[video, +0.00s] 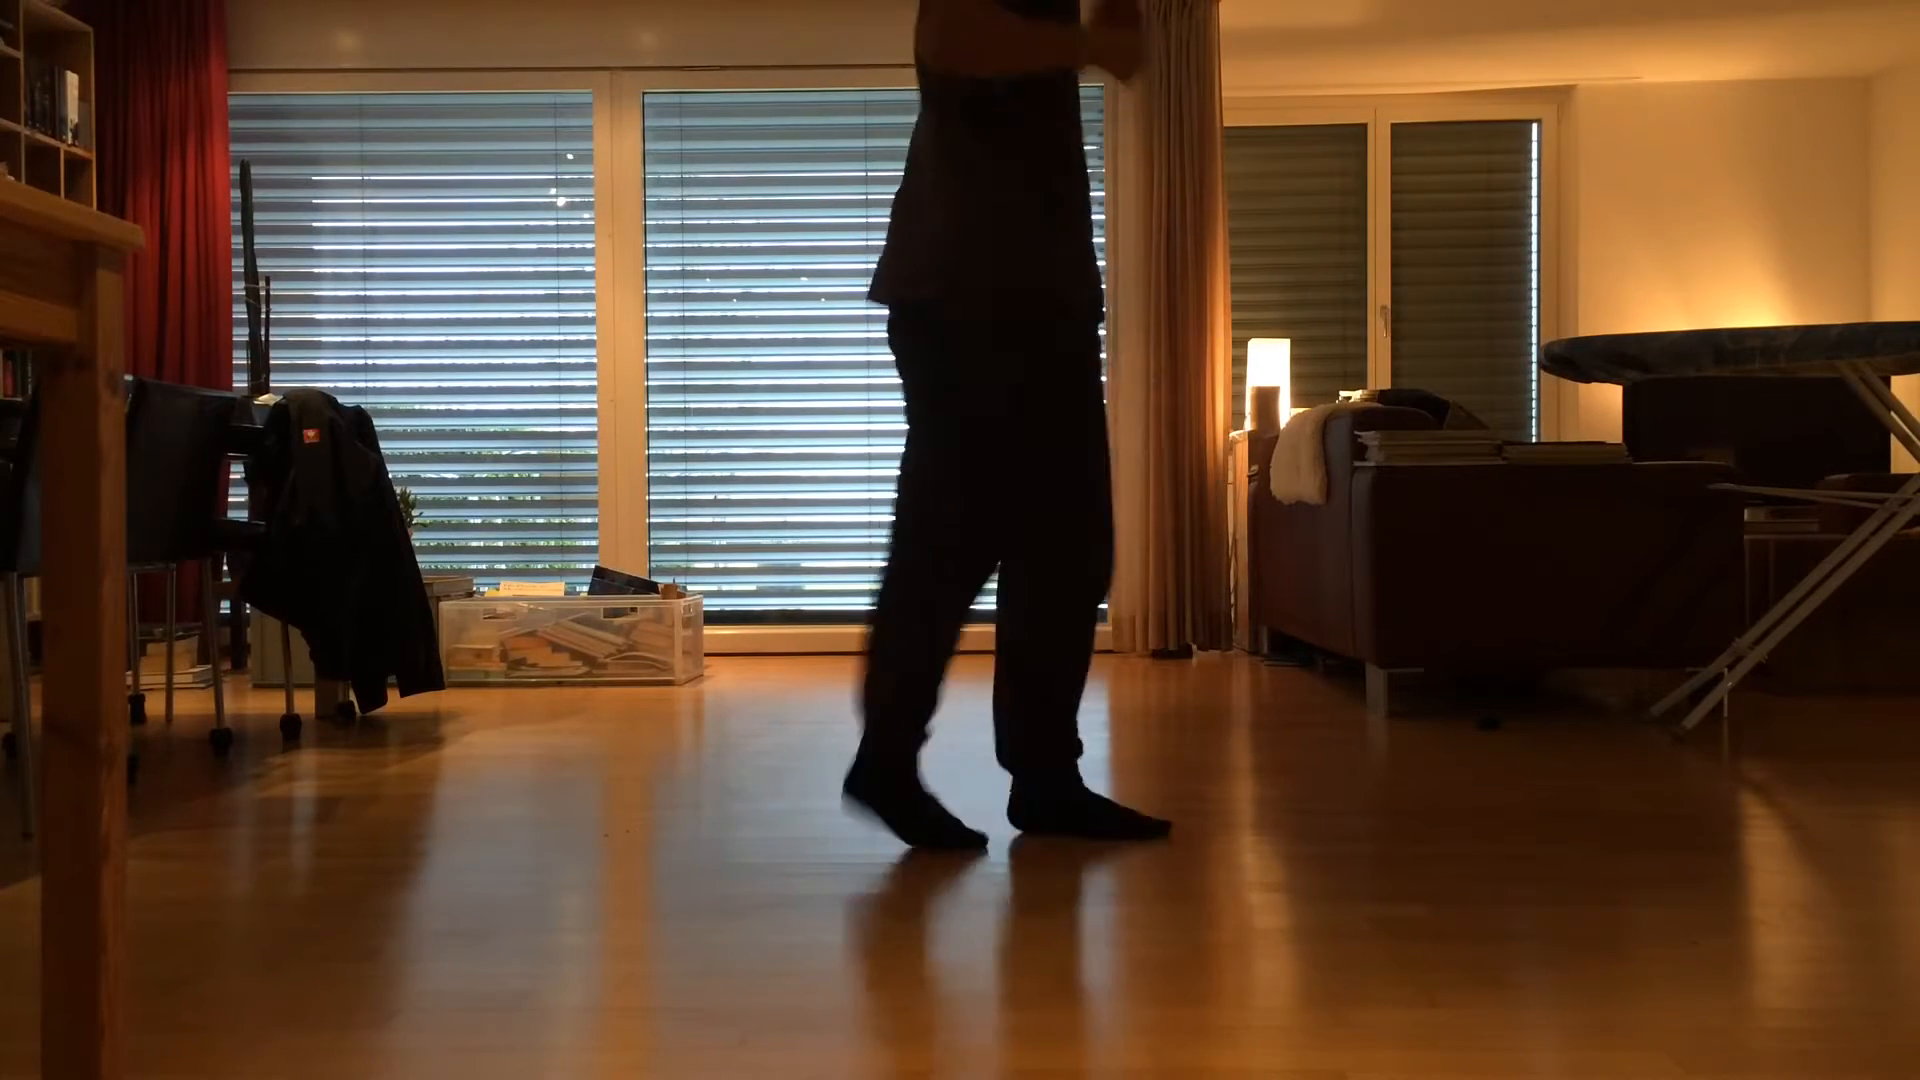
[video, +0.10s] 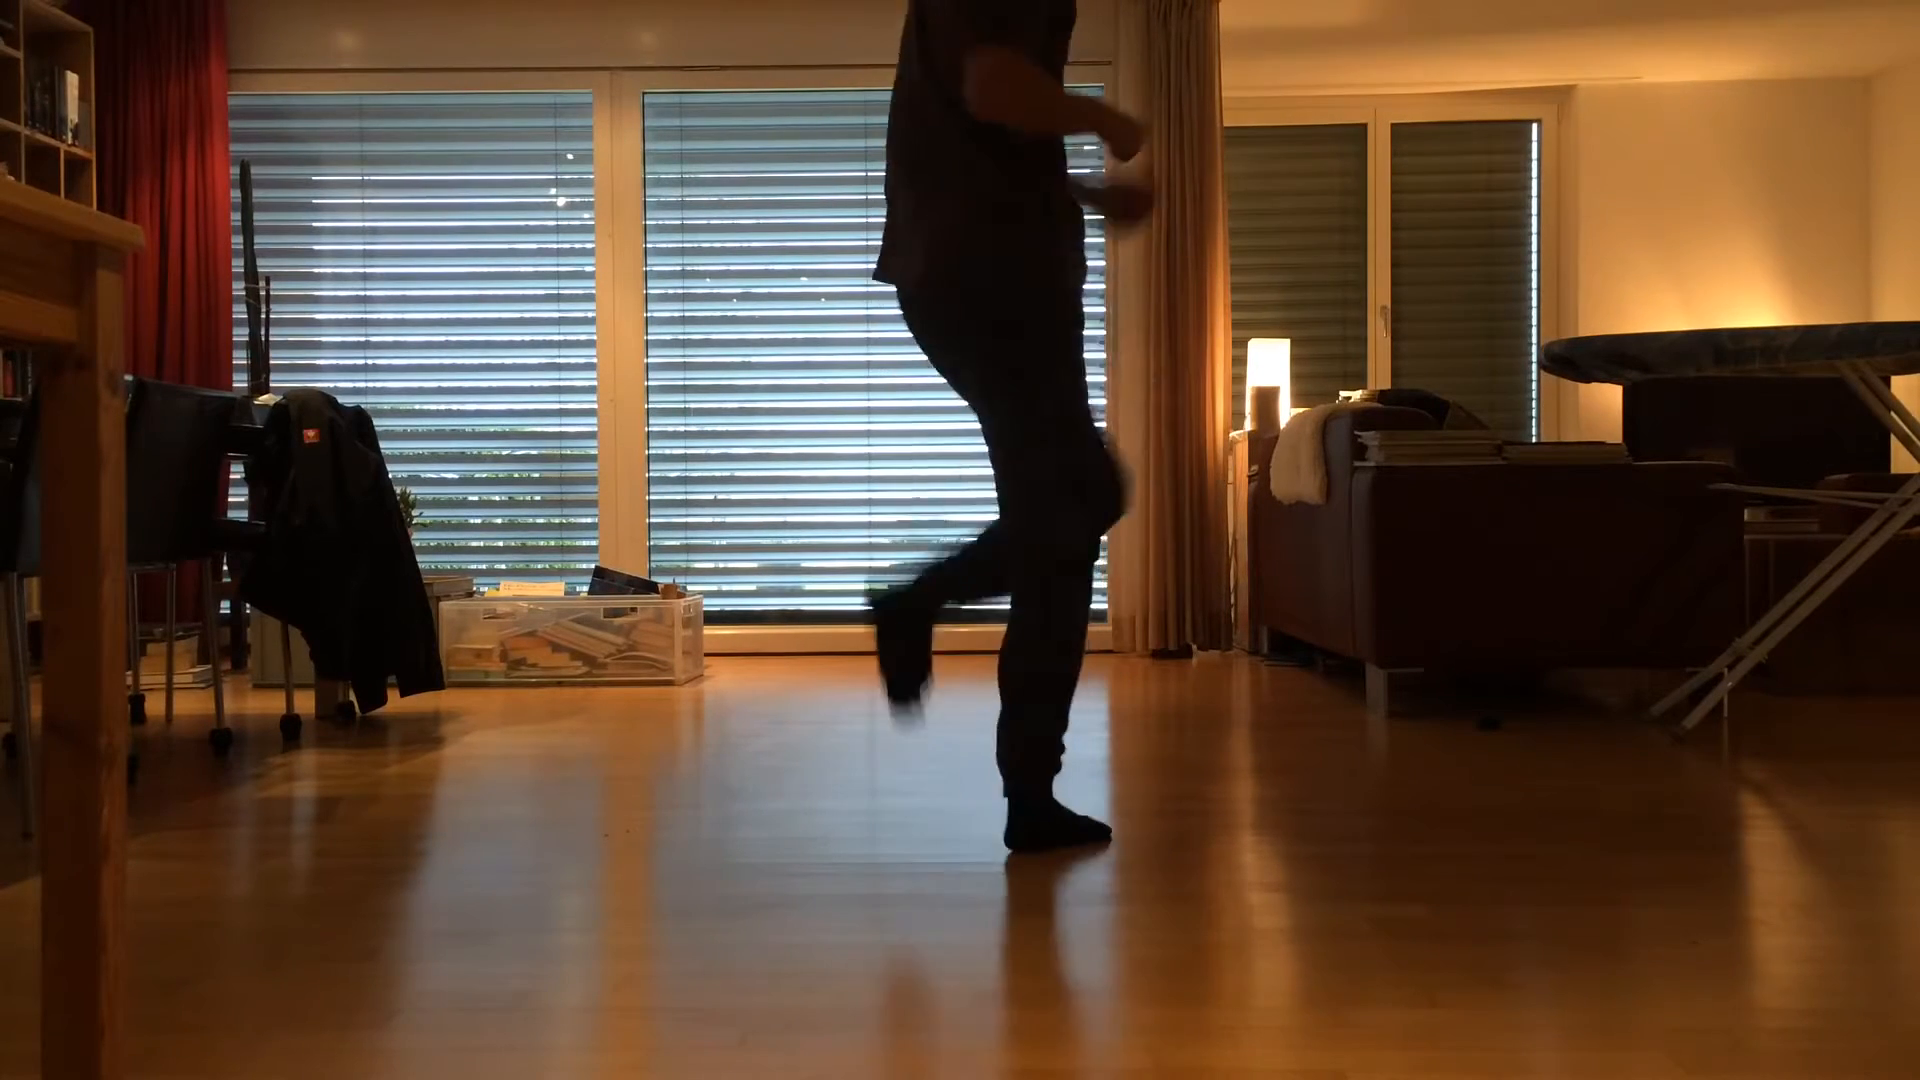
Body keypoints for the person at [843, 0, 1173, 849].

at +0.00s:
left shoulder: (1050, 3)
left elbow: (1117, 50)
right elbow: (946, 42)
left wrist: (1110, 16)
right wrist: (1088, 44)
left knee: (1067, 546)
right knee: (948, 531)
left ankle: (1045, 781)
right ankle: (884, 765)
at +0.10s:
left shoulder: (970, 18)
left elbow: (981, 153)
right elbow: (992, 89)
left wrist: (1090, 195)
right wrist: (1103, 114)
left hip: (981, 274)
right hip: (982, 276)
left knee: (1064, 519)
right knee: (1088, 496)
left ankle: (1031, 801)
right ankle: (913, 603)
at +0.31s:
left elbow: (987, 125)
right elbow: (1061, 87)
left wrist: (1054, 220)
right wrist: (1091, 196)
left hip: (950, 255)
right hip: (976, 263)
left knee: (1111, 415)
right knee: (1021, 505)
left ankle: (930, 524)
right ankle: (989, 778)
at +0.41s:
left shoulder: (952, 11)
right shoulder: (986, 8)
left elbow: (986, 128)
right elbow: (1040, 105)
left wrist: (1044, 225)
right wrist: (1097, 209)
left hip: (965, 291)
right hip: (972, 295)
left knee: (1011, 514)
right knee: (1013, 517)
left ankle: (969, 732)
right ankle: (928, 767)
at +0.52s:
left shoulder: (946, 10)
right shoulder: (970, 5)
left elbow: (966, 137)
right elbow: (985, 134)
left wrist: (1044, 214)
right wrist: (1057, 210)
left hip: (949, 286)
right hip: (965, 291)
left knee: (977, 504)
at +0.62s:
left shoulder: (948, 12)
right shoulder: (967, 10)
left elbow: (942, 165)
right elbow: (942, 164)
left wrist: (1017, 206)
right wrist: (1034, 204)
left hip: (955, 300)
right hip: (950, 306)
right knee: (981, 538)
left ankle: (943, 548)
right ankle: (911, 771)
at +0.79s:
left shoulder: (960, 12)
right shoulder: (953, 9)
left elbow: (926, 138)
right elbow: (921, 140)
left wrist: (992, 210)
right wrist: (999, 207)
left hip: (961, 284)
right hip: (931, 290)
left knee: (1045, 440)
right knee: (975, 501)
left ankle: (885, 557)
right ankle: (939, 739)